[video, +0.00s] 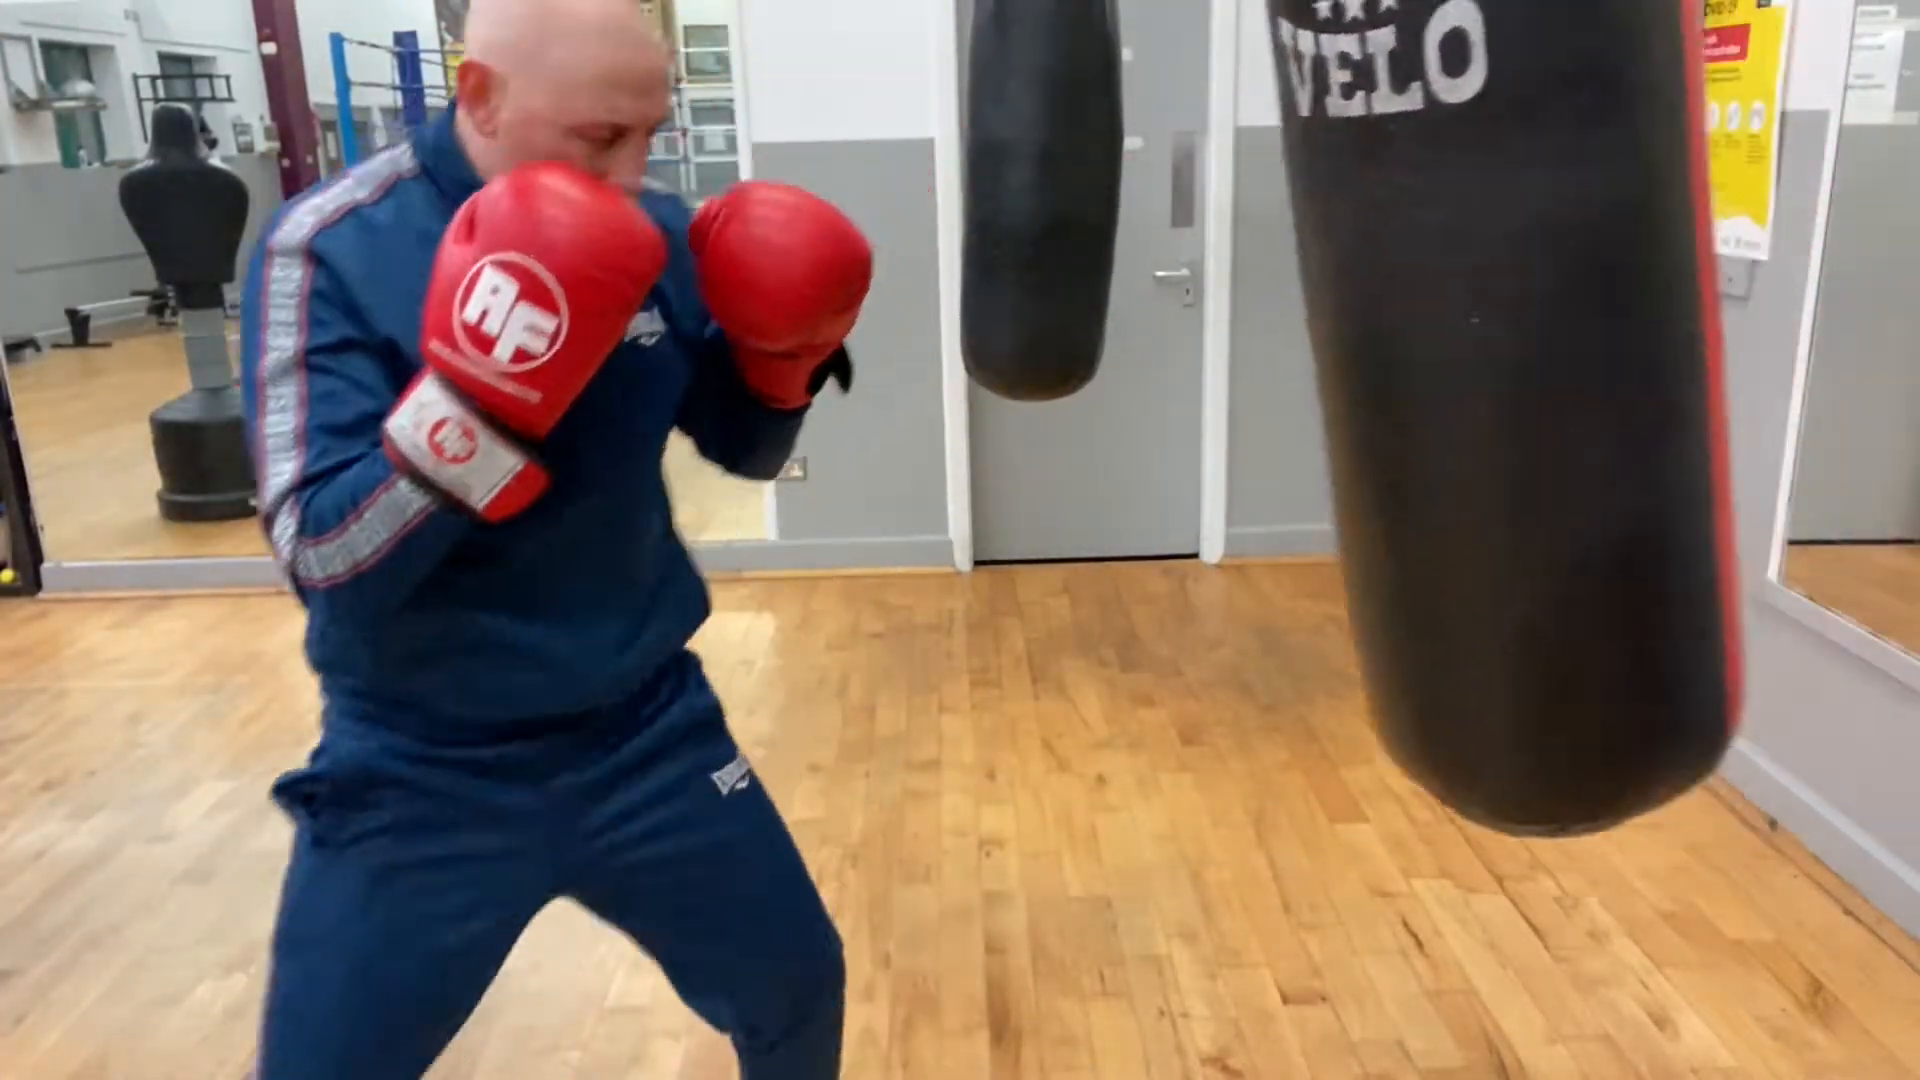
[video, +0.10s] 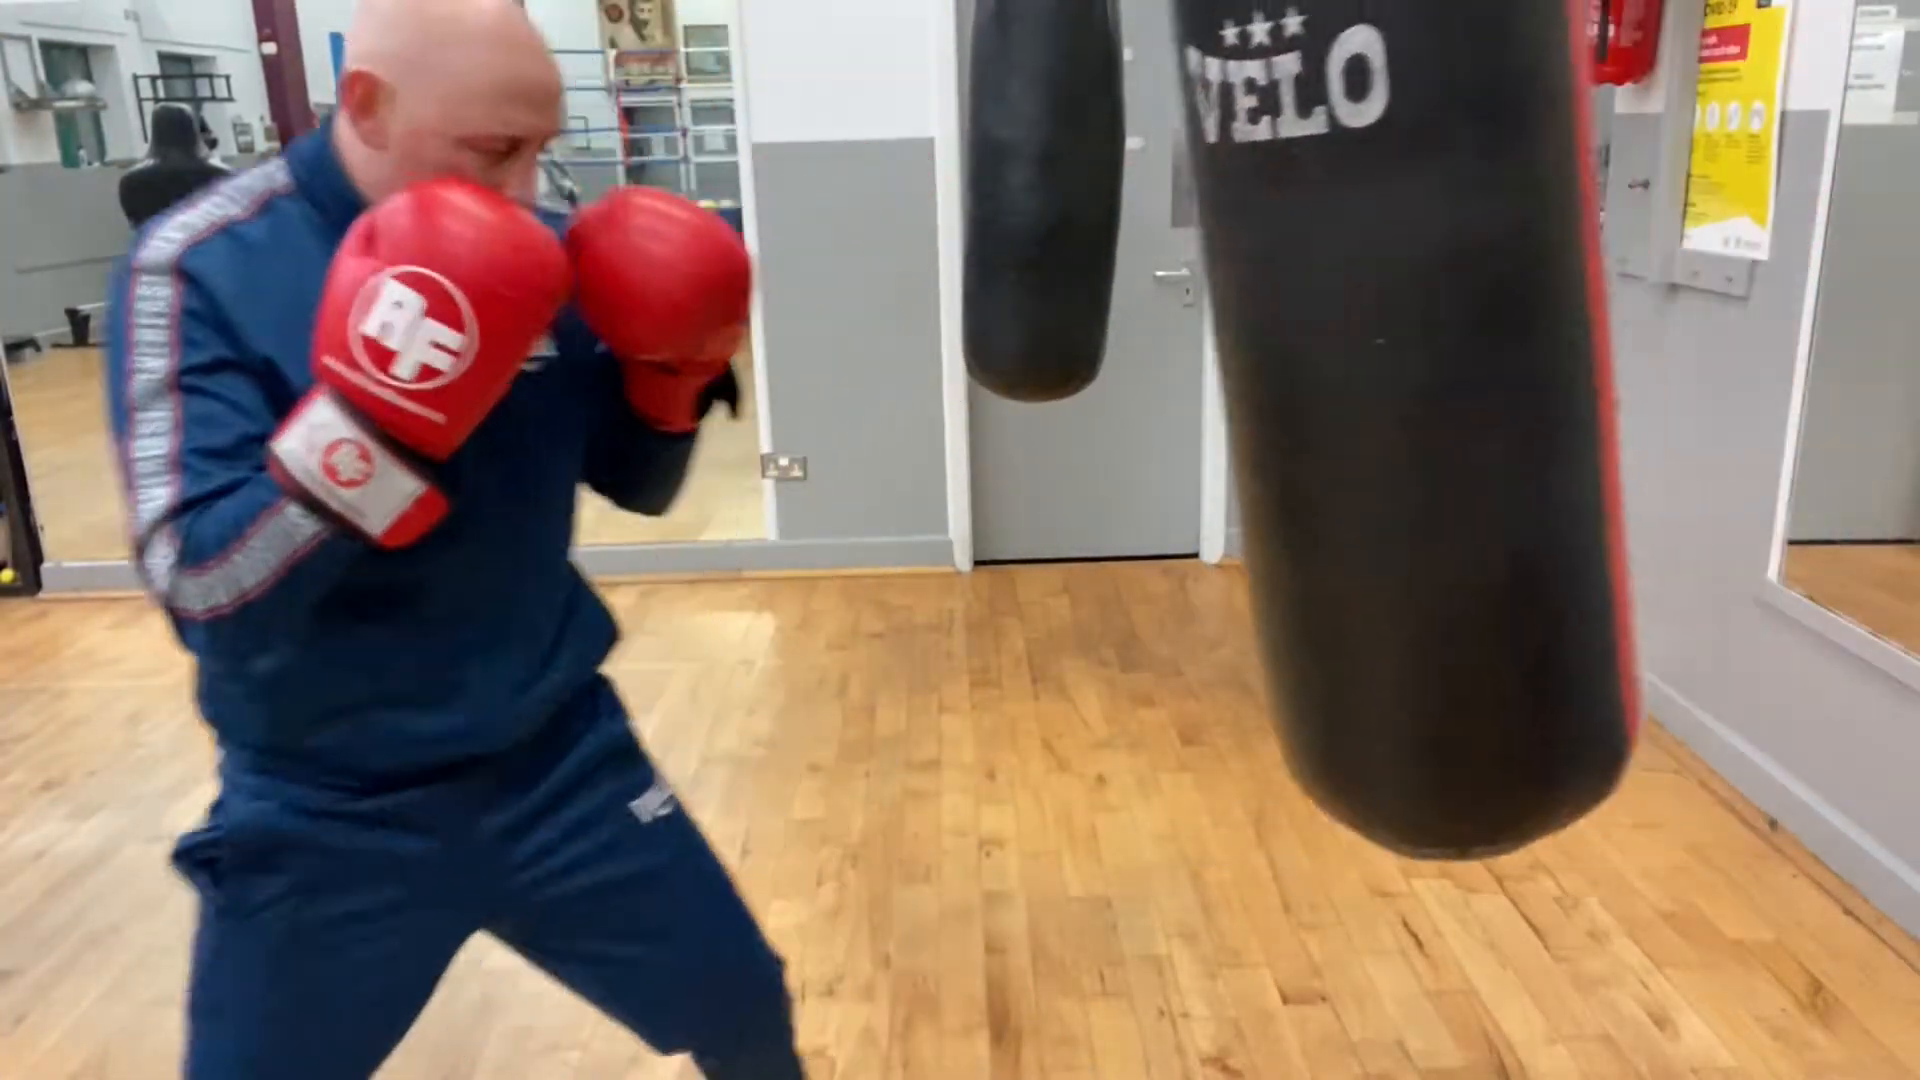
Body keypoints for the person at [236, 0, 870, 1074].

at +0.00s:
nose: (629, 176)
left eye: (649, 136)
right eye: (598, 138)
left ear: (668, 110)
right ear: (478, 97)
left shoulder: (657, 230)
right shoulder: (324, 251)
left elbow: (745, 448)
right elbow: (321, 559)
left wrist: (787, 355)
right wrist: (477, 399)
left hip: (648, 747)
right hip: (419, 782)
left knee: (801, 994)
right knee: (317, 1069)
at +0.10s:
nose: (522, 189)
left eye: (539, 154)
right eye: (493, 152)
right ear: (366, 108)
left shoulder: (537, 241)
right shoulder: (192, 269)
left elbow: (636, 482)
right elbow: (198, 583)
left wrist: (673, 375)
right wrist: (377, 416)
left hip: (560, 772)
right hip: (324, 819)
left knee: (747, 1011)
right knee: (248, 1071)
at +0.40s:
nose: (228, 84)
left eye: (246, 41)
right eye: (193, 37)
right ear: (47, 7)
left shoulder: (237, 164)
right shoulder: (2, 197)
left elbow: (359, 438)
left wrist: (380, 326)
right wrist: (78, 368)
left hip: (313, 713)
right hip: (71, 782)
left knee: (489, 985)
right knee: (66, 1070)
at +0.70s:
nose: (189, 2)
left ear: (221, 1)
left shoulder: (221, 116)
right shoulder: (3, 104)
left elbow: (322, 392)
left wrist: (340, 244)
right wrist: (33, 272)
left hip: (256, 658)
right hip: (34, 700)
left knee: (365, 966)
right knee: (31, 1055)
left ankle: (366, 1077)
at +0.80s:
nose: (216, 70)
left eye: (230, 31)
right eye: (179, 27)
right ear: (41, 8)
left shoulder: (224, 172)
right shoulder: (3, 170)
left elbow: (332, 440)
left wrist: (347, 291)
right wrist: (51, 338)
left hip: (273, 701)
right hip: (51, 749)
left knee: (389, 971)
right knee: (22, 1058)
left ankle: (386, 1079)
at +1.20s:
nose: (22, 44)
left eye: (18, 33)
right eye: (7, 34)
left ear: (26, 29)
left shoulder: (83, 188)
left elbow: (258, 406)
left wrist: (257, 261)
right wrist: (14, 210)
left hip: (151, 726)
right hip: (10, 765)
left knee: (281, 1008)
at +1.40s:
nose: (12, 26)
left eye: (19, 11)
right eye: (4, 13)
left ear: (31, 15)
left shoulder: (84, 143)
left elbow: (277, 357)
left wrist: (270, 202)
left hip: (170, 690)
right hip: (13, 747)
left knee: (371, 980)